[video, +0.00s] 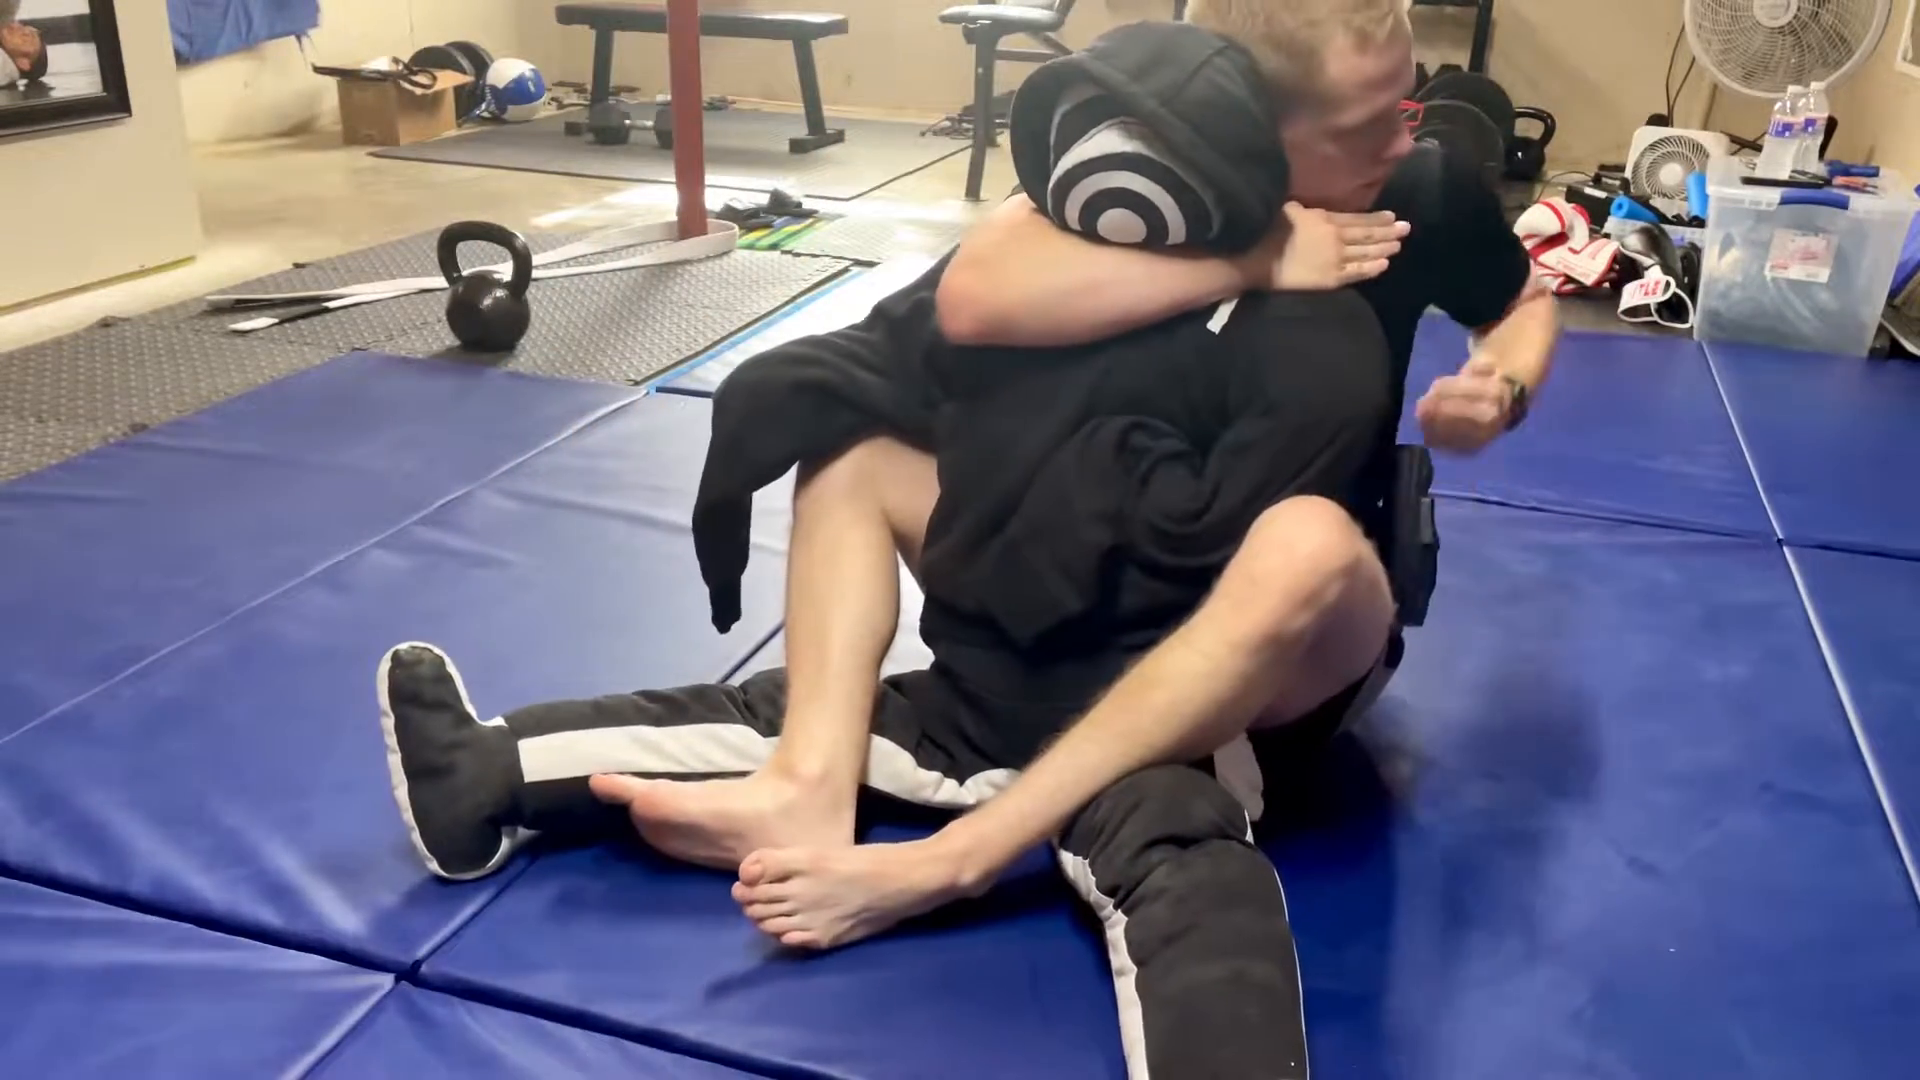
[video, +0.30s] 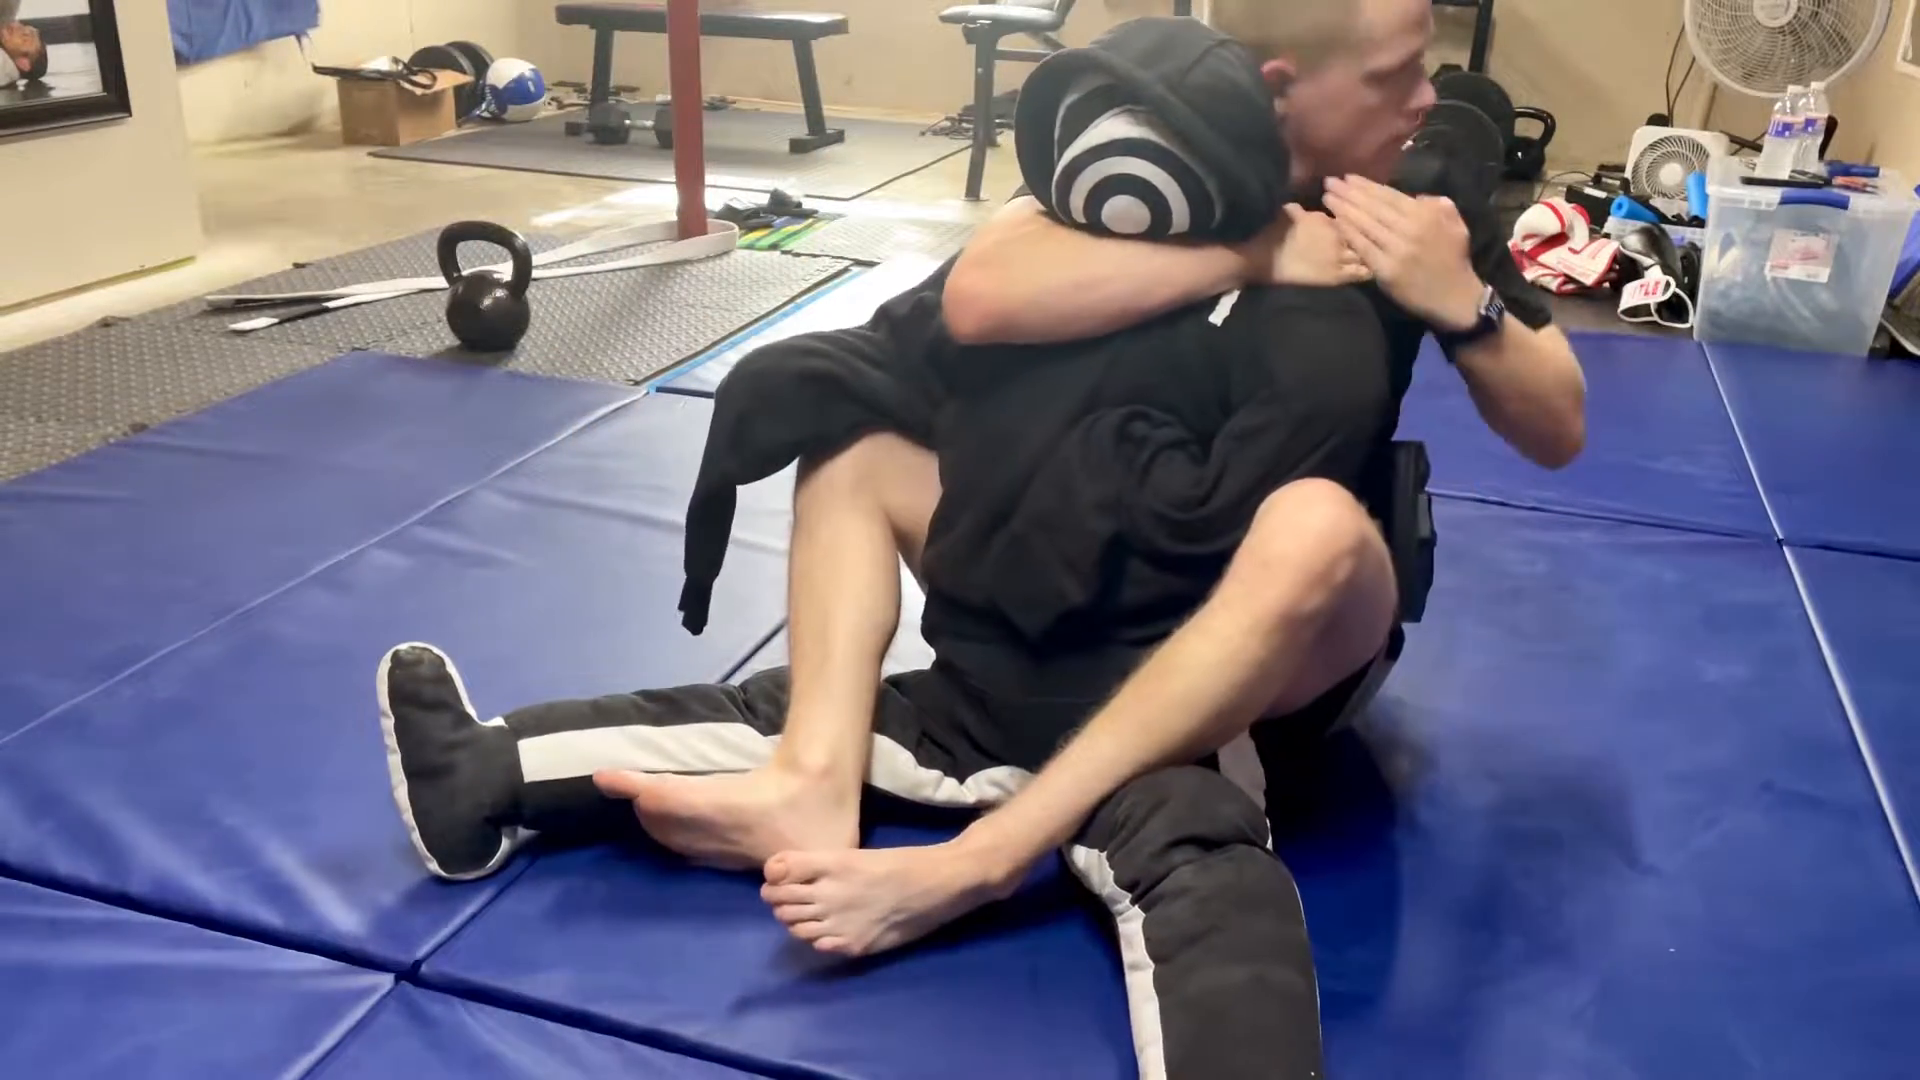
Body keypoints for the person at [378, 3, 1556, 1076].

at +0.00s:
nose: (1412, 124)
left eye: (1411, 100)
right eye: (1382, 116)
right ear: (1255, 138)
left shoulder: (1421, 192)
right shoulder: (1136, 190)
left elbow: (1531, 300)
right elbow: (975, 292)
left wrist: (1502, 374)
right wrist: (1255, 261)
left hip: (1265, 613)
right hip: (1068, 572)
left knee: (1313, 544)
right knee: (852, 452)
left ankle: (957, 855)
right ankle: (813, 788)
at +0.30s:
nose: (1424, 104)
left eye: (1427, 74)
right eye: (1396, 78)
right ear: (1276, 83)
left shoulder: (1420, 211)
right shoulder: (1148, 169)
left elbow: (1561, 436)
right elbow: (982, 291)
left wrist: (1462, 308)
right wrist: (1245, 253)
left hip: (1275, 599)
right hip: (1075, 554)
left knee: (1321, 527)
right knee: (854, 449)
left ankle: (987, 855)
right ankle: (816, 783)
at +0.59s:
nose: (1471, 108)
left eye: (1477, 80)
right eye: (1448, 76)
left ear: (1372, 76)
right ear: (1326, 67)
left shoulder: (1440, 198)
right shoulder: (1167, 160)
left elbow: (1436, 283)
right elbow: (988, 280)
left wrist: (1267, 152)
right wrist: (1270, 246)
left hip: (1266, 617)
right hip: (1060, 585)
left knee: (1313, 514)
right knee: (858, 434)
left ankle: (982, 838)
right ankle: (816, 764)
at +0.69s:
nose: (1448, 125)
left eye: (1461, 92)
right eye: (1417, 91)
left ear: (1467, 87)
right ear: (1295, 82)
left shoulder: (1453, 185)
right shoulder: (1172, 167)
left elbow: (1370, 275)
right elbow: (1017, 264)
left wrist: (1247, 166)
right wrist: (1280, 260)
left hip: (1273, 617)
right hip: (1068, 592)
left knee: (1318, 519)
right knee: (865, 439)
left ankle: (977, 835)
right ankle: (828, 761)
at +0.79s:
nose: (1421, 158)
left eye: (1432, 125)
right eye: (1389, 127)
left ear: (1445, 113)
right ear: (1277, 106)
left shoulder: (1445, 205)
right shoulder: (1165, 171)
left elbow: (1365, 297)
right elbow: (1018, 268)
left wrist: (1231, 173)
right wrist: (1280, 269)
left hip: (1268, 615)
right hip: (1057, 593)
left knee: (1320, 518)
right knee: (866, 432)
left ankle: (969, 832)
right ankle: (845, 758)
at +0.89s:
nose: (1424, 161)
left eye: (1428, 133)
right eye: (1398, 136)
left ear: (1420, 132)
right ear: (1282, 126)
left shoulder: (1427, 218)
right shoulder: (1155, 170)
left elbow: (1372, 312)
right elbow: (1019, 273)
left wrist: (1241, 182)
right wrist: (1279, 275)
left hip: (1265, 605)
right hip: (1058, 579)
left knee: (1330, 518)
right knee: (866, 443)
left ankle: (970, 830)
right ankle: (854, 763)